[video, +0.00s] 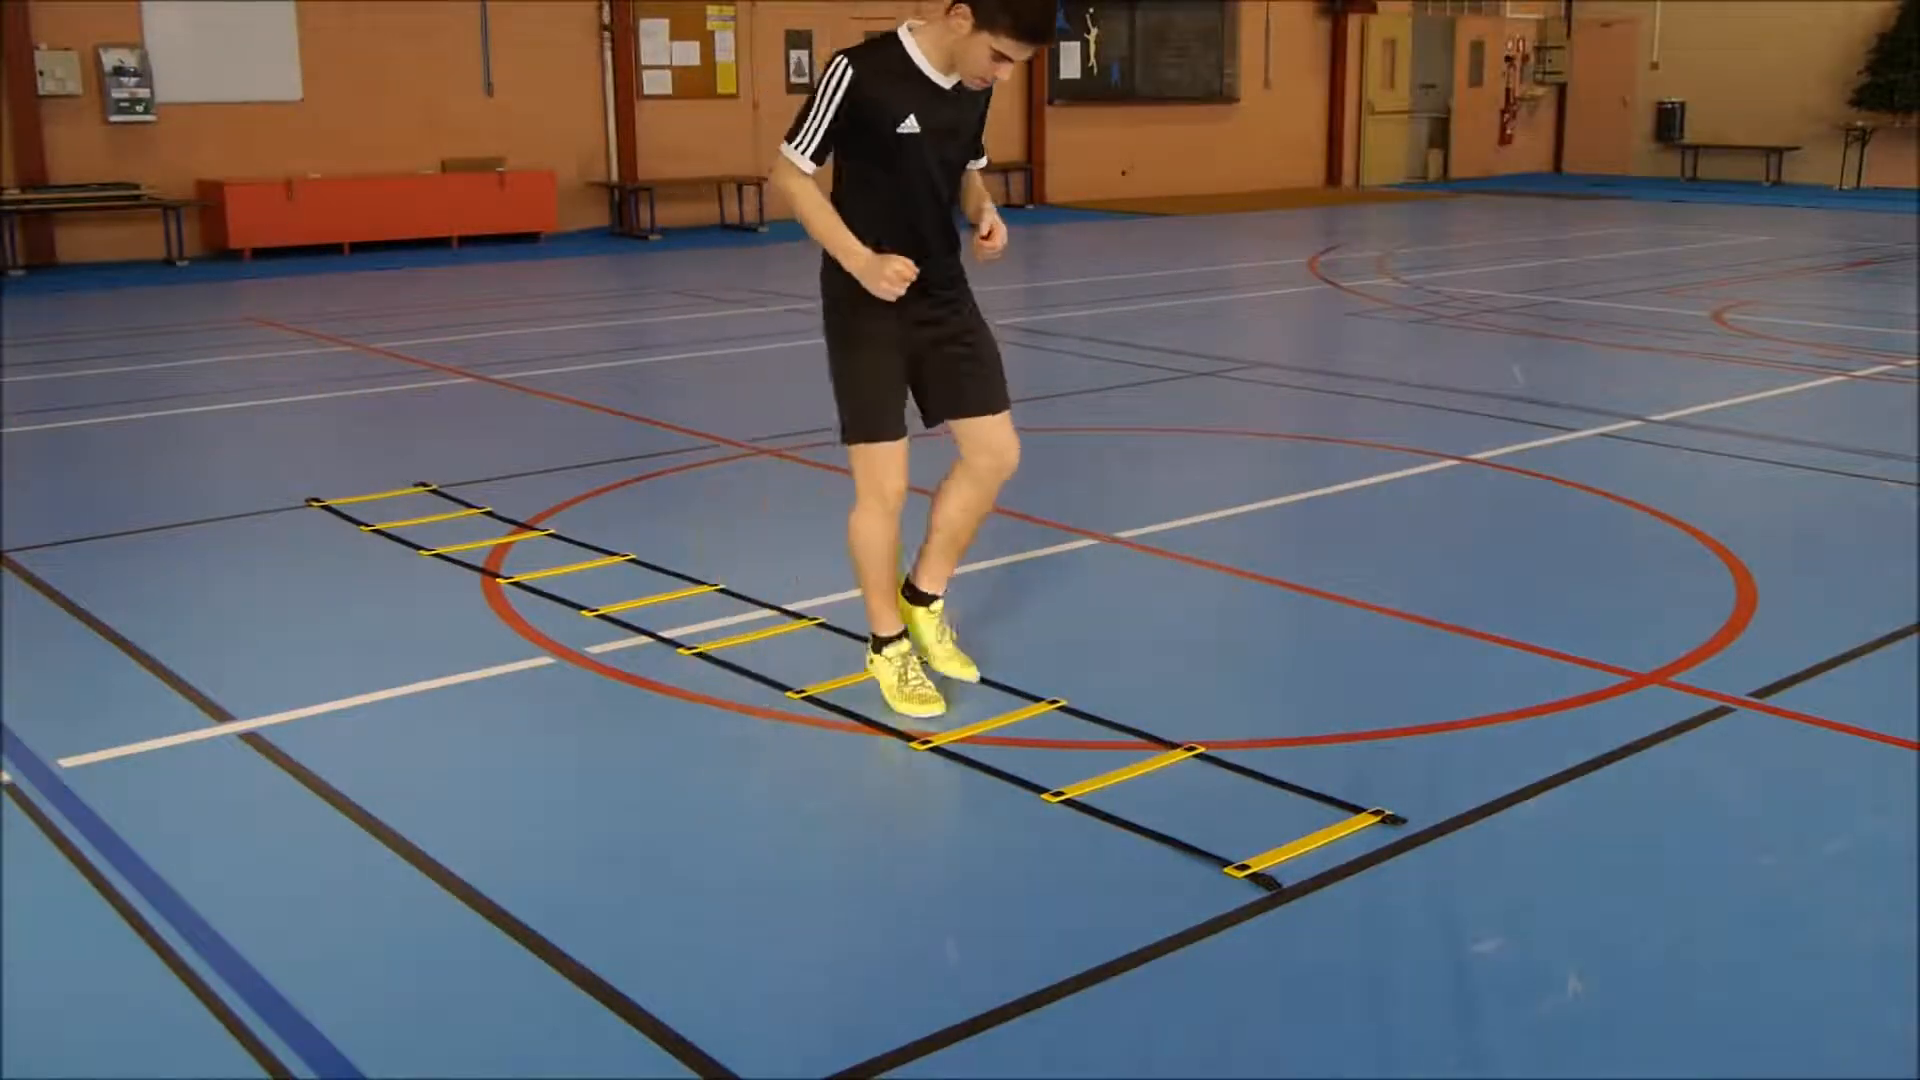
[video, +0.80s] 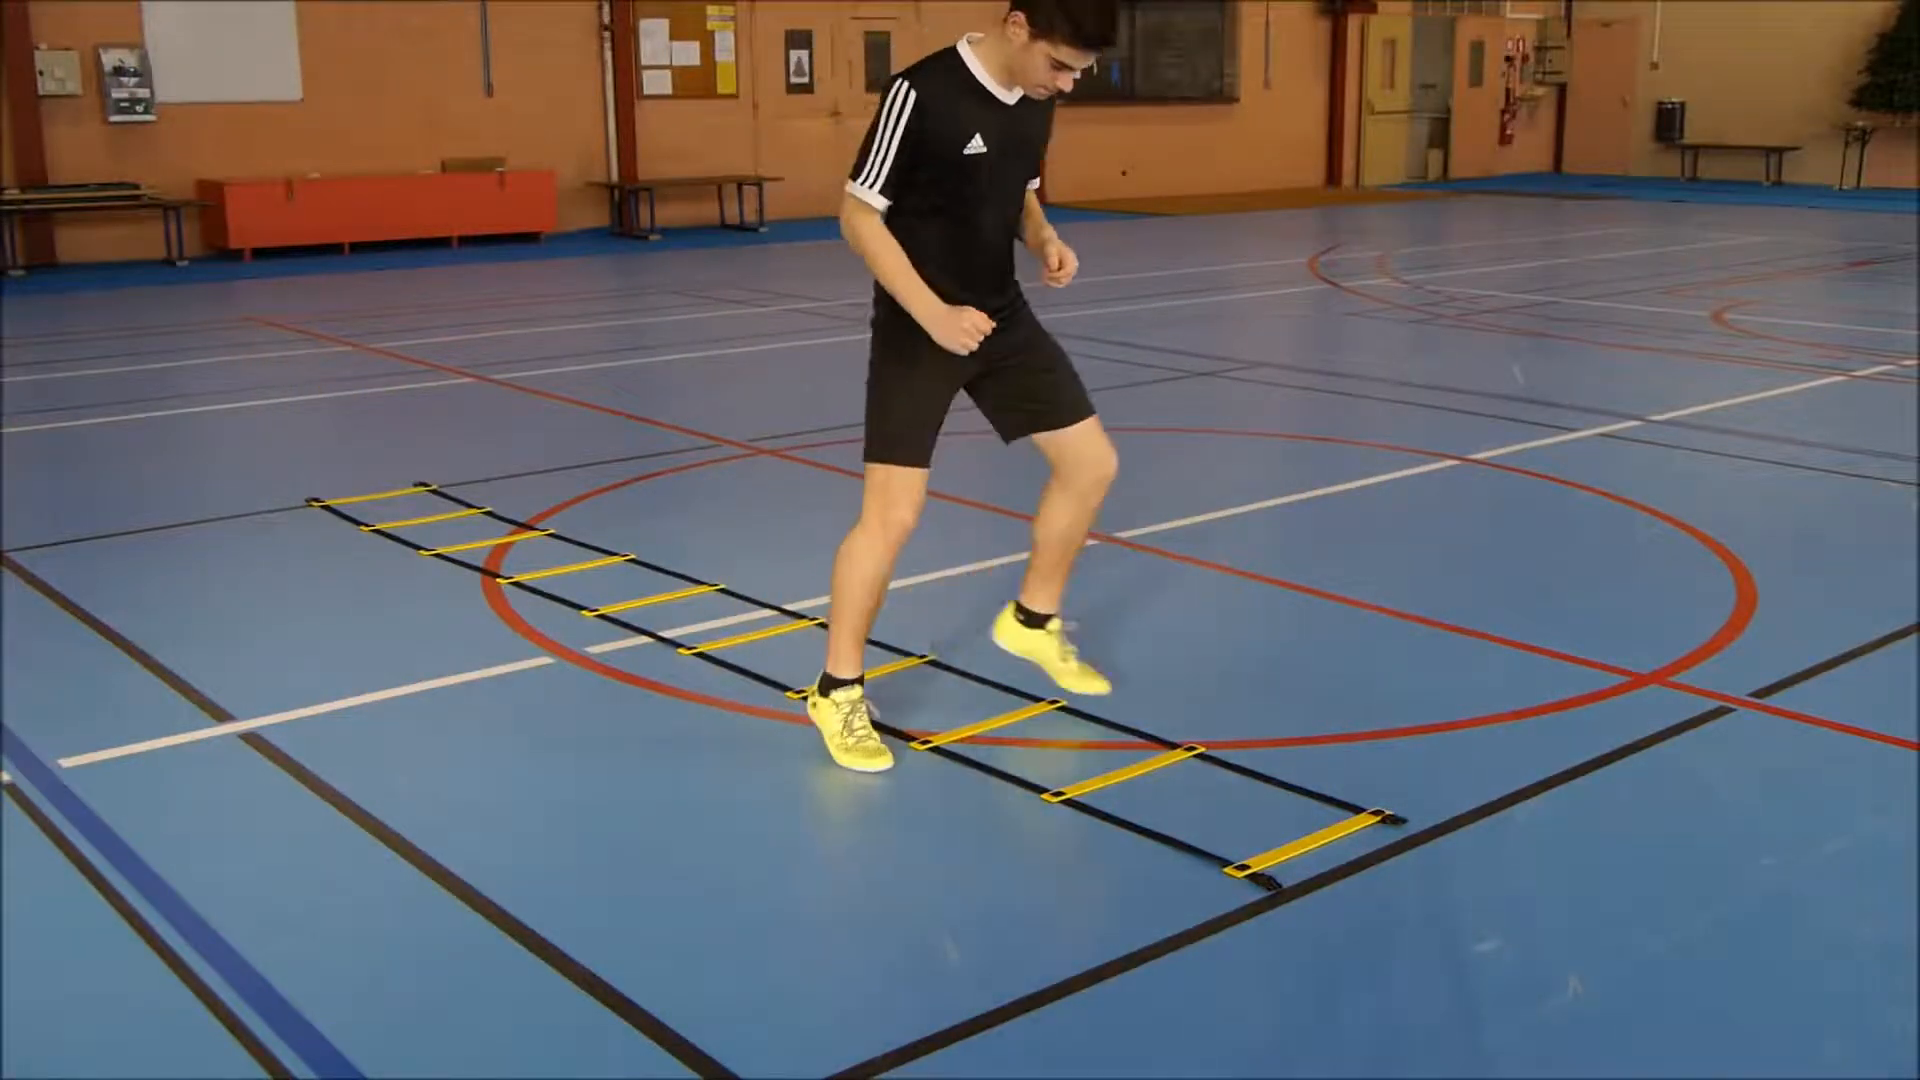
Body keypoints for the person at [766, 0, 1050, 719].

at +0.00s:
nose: (1002, 74)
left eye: (1014, 64)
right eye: (998, 56)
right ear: (957, 16)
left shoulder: (974, 83)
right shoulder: (854, 70)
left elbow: (965, 167)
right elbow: (790, 176)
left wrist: (984, 213)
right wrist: (859, 260)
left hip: (943, 294)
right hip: (865, 300)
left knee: (994, 452)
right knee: (882, 485)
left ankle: (919, 600)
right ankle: (887, 644)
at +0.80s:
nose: (1066, 85)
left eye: (1078, 72)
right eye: (1059, 66)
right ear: (1013, 25)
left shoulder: (1036, 97)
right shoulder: (921, 91)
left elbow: (1021, 191)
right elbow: (856, 214)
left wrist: (1043, 239)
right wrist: (931, 312)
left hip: (999, 313)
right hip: (914, 321)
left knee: (1089, 465)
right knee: (890, 513)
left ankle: (1033, 619)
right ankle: (837, 687)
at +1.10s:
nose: (1095, 85)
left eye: (1107, 72)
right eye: (1089, 65)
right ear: (1044, 25)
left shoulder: (1083, 95)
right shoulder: (940, 89)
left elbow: (1075, 183)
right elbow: (886, 204)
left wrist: (1084, 236)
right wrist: (936, 298)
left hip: (1047, 319)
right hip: (958, 323)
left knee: (1085, 492)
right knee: (967, 511)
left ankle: (1063, 648)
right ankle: (936, 664)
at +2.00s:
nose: (1213, 98)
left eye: (1227, 86)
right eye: (1208, 77)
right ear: (1161, 32)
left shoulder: (1179, 108)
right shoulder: (1045, 103)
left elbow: (1160, 205)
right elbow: (974, 223)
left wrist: (1186, 252)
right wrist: (1021, 342)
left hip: (1120, 343)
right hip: (1034, 345)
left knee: (1180, 518)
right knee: (1023, 550)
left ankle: (1065, 654)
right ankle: (966, 744)